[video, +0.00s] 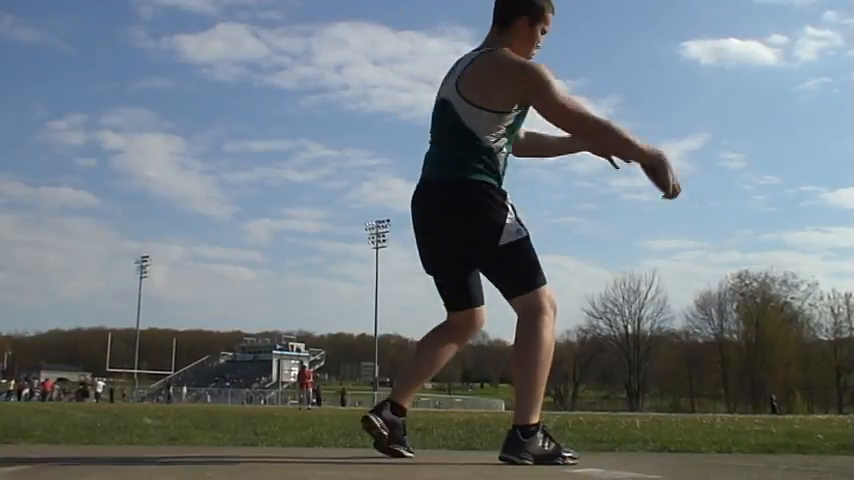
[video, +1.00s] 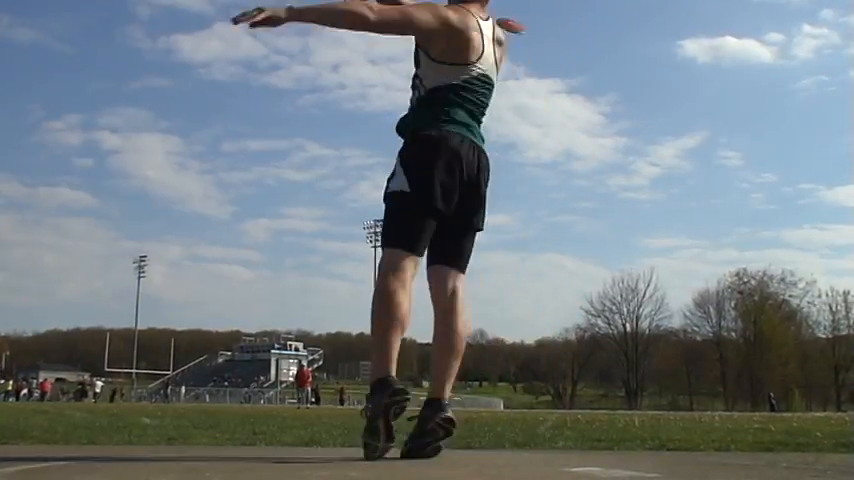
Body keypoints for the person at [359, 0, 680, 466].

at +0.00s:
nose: (542, 39)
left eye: (544, 30)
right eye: (541, 28)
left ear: (502, 20)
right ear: (520, 21)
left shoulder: (465, 68)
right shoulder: (520, 71)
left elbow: (513, 140)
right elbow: (579, 122)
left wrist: (581, 144)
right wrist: (647, 155)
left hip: (430, 203)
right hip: (476, 200)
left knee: (464, 319)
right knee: (538, 307)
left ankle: (391, 412)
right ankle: (527, 434)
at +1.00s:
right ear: (488, 4)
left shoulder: (446, 18)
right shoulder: (495, 36)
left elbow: (368, 15)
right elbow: (497, 36)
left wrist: (291, 13)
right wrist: (502, 25)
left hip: (428, 150)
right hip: (473, 160)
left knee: (396, 273)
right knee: (450, 286)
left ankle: (383, 385)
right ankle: (439, 406)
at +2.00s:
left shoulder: (431, 8)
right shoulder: (500, 42)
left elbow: (388, 83)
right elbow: (501, 134)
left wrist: (326, 130)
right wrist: (459, 162)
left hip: (434, 173)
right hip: (481, 177)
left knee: (420, 308)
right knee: (457, 301)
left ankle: (427, 434)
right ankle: (491, 425)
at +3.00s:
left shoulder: (471, 4)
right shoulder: (546, 33)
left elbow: (461, 75)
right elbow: (559, 125)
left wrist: (422, 157)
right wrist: (519, 167)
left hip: (476, 164)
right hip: (532, 174)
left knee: (434, 297)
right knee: (534, 307)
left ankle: (414, 436)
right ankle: (540, 447)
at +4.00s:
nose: (301, 5)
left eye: (303, 4)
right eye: (303, 4)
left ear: (313, 0)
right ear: (349, 1)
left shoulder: (322, 20)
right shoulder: (386, 46)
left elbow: (316, 104)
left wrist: (282, 186)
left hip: (347, 178)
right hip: (381, 182)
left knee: (357, 309)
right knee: (323, 308)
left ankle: (398, 441)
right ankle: (288, 436)